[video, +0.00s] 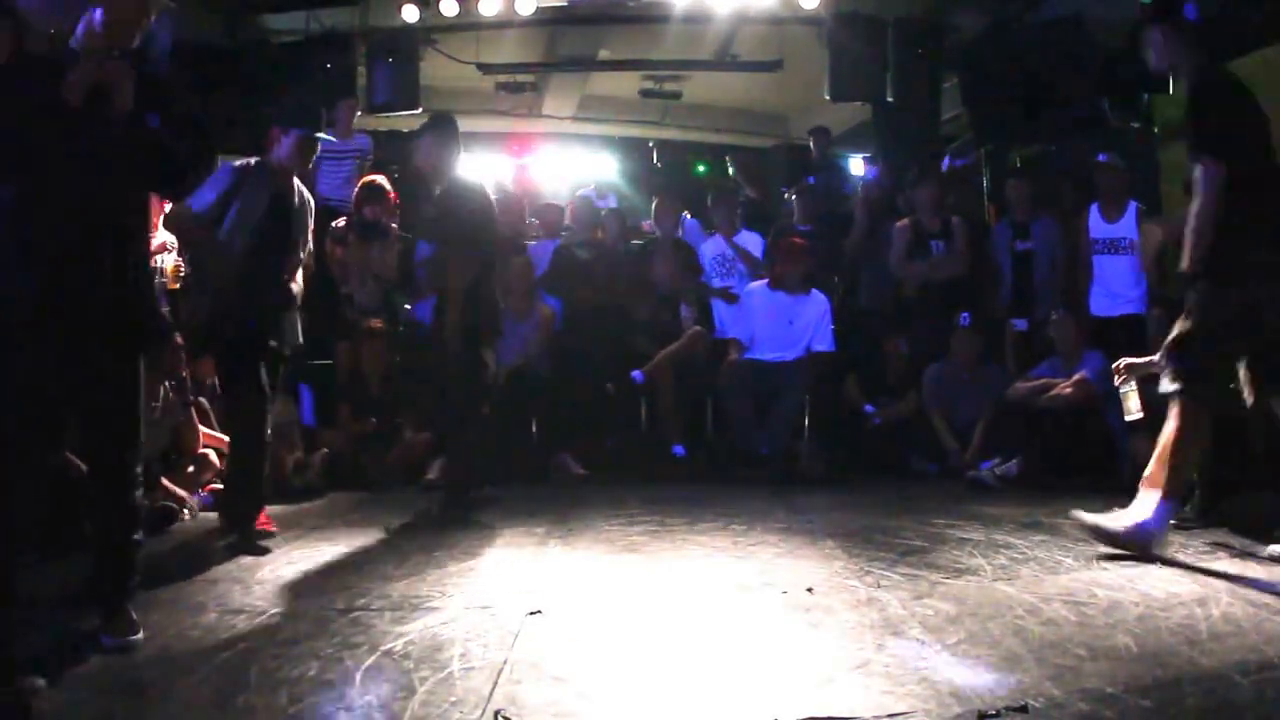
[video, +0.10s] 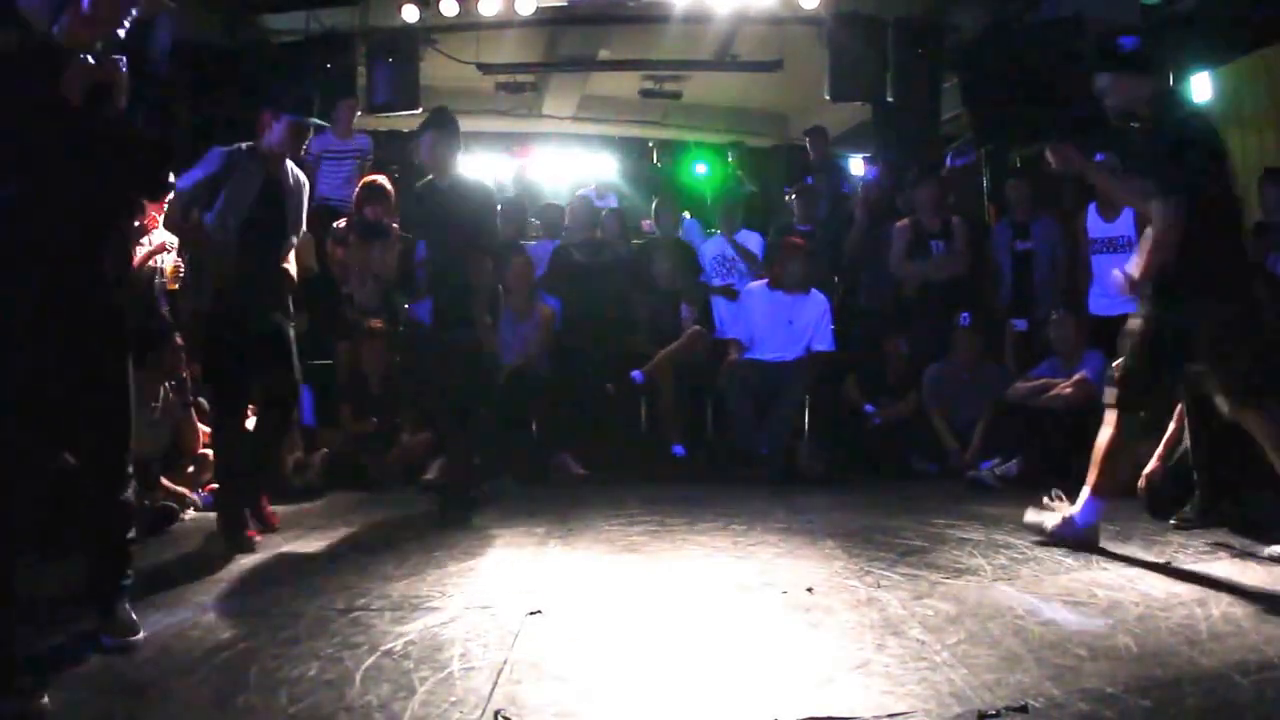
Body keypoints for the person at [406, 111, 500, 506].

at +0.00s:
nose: (420, 157)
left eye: (427, 149)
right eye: (419, 149)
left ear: (446, 148)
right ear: (422, 150)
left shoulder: (468, 196)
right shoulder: (431, 200)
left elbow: (472, 262)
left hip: (466, 319)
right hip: (444, 318)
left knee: (460, 402)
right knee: (448, 400)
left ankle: (460, 489)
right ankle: (459, 479)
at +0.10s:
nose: (422, 153)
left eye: (428, 144)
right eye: (421, 145)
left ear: (446, 144)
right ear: (425, 147)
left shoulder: (478, 193)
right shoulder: (417, 197)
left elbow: (487, 258)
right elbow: (407, 253)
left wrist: (486, 313)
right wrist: (403, 297)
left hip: (466, 311)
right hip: (425, 311)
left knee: (461, 399)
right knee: (437, 398)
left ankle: (462, 483)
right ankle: (456, 477)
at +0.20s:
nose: (438, 157)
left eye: (445, 147)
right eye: (432, 148)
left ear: (458, 149)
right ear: (421, 152)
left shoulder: (481, 199)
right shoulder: (411, 202)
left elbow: (497, 267)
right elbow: (404, 263)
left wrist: (502, 327)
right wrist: (403, 312)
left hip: (476, 311)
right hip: (434, 314)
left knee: (472, 395)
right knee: (440, 394)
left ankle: (461, 484)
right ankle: (453, 476)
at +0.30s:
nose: (434, 158)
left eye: (442, 150)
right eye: (429, 150)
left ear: (456, 152)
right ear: (421, 154)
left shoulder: (479, 204)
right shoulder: (407, 206)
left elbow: (505, 273)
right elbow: (386, 266)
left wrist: (517, 336)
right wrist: (377, 321)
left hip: (470, 321)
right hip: (420, 322)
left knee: (467, 406)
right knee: (433, 404)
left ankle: (455, 499)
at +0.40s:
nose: (440, 149)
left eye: (448, 141)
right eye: (433, 140)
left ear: (458, 144)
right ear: (421, 144)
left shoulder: (478, 198)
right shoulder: (400, 195)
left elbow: (499, 267)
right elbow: (378, 256)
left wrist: (511, 325)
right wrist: (368, 310)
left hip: (465, 318)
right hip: (414, 316)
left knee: (467, 405)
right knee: (422, 401)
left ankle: (458, 494)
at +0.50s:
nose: (441, 144)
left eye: (448, 136)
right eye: (434, 135)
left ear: (457, 141)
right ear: (418, 137)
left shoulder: (476, 196)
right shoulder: (391, 190)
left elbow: (493, 266)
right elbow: (375, 253)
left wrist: (497, 321)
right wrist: (366, 307)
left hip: (461, 319)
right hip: (408, 317)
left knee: (463, 411)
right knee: (412, 408)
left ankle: (455, 498)